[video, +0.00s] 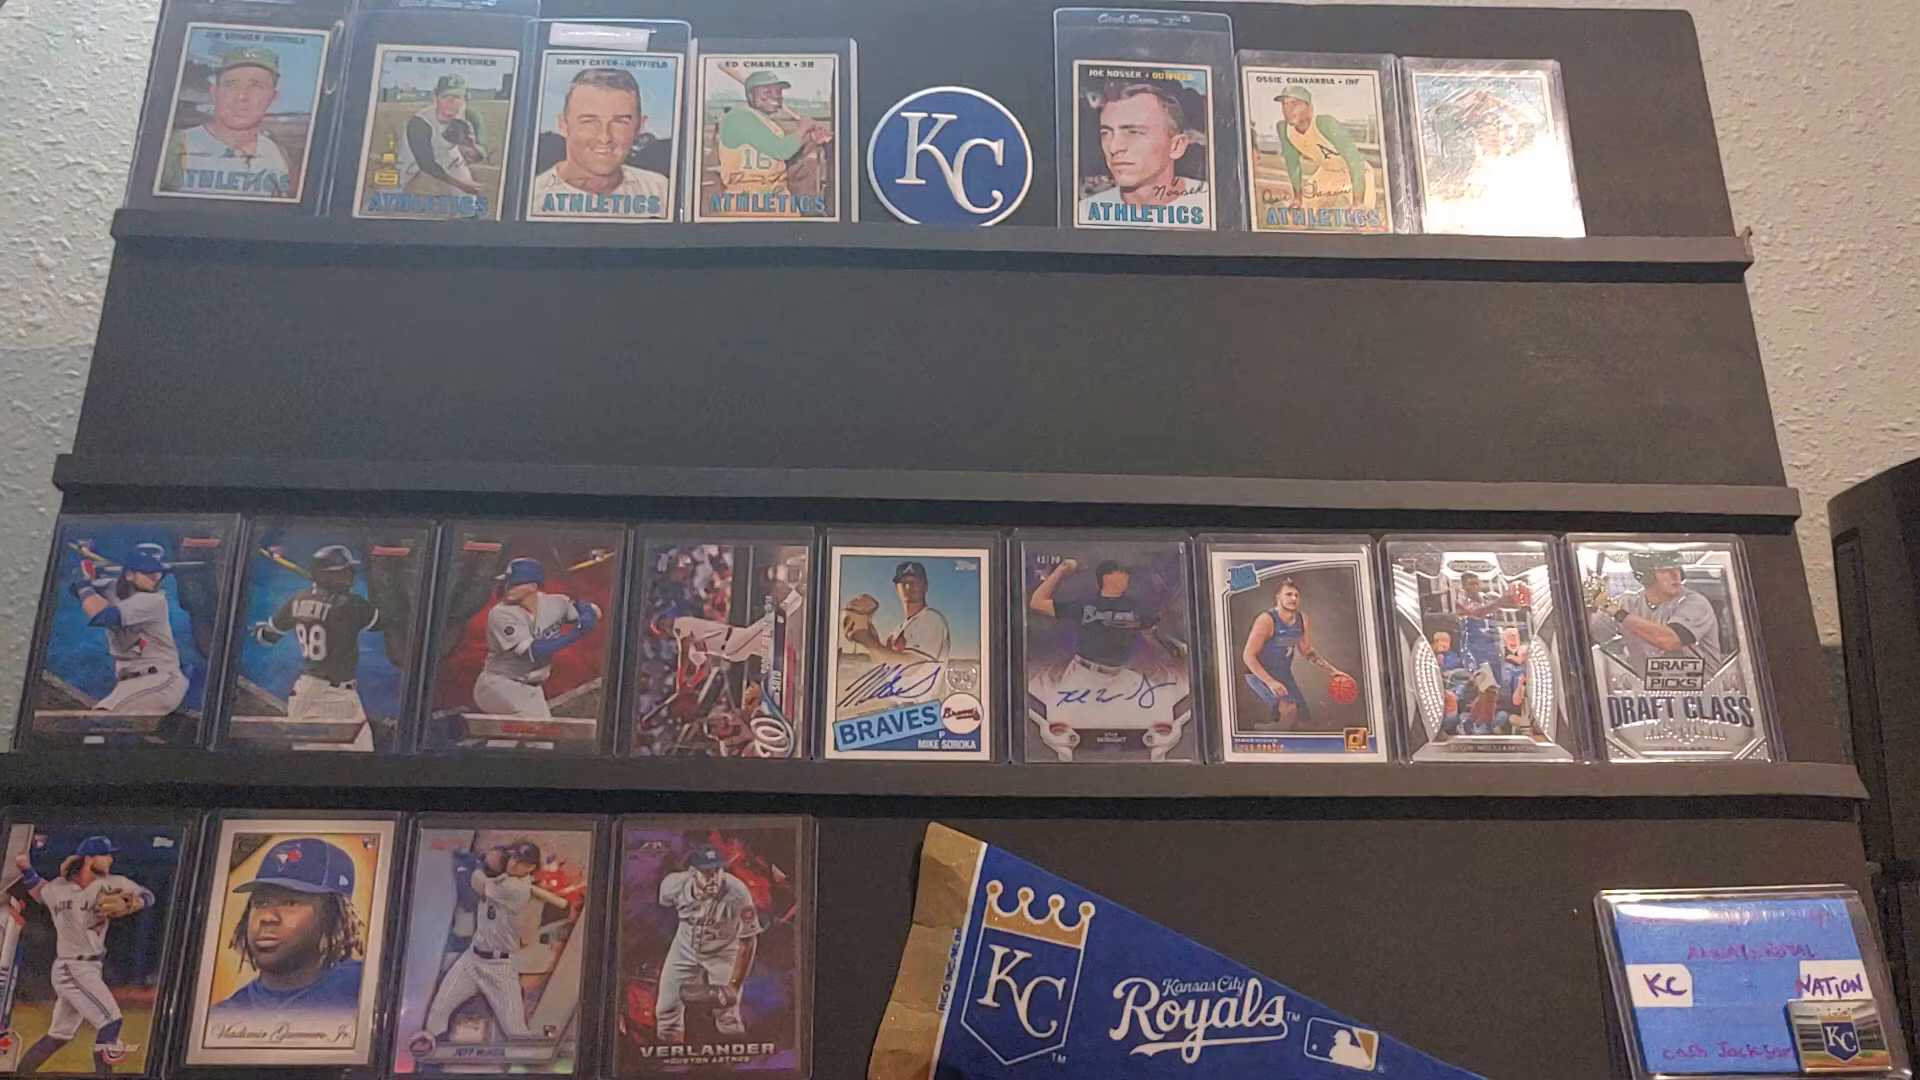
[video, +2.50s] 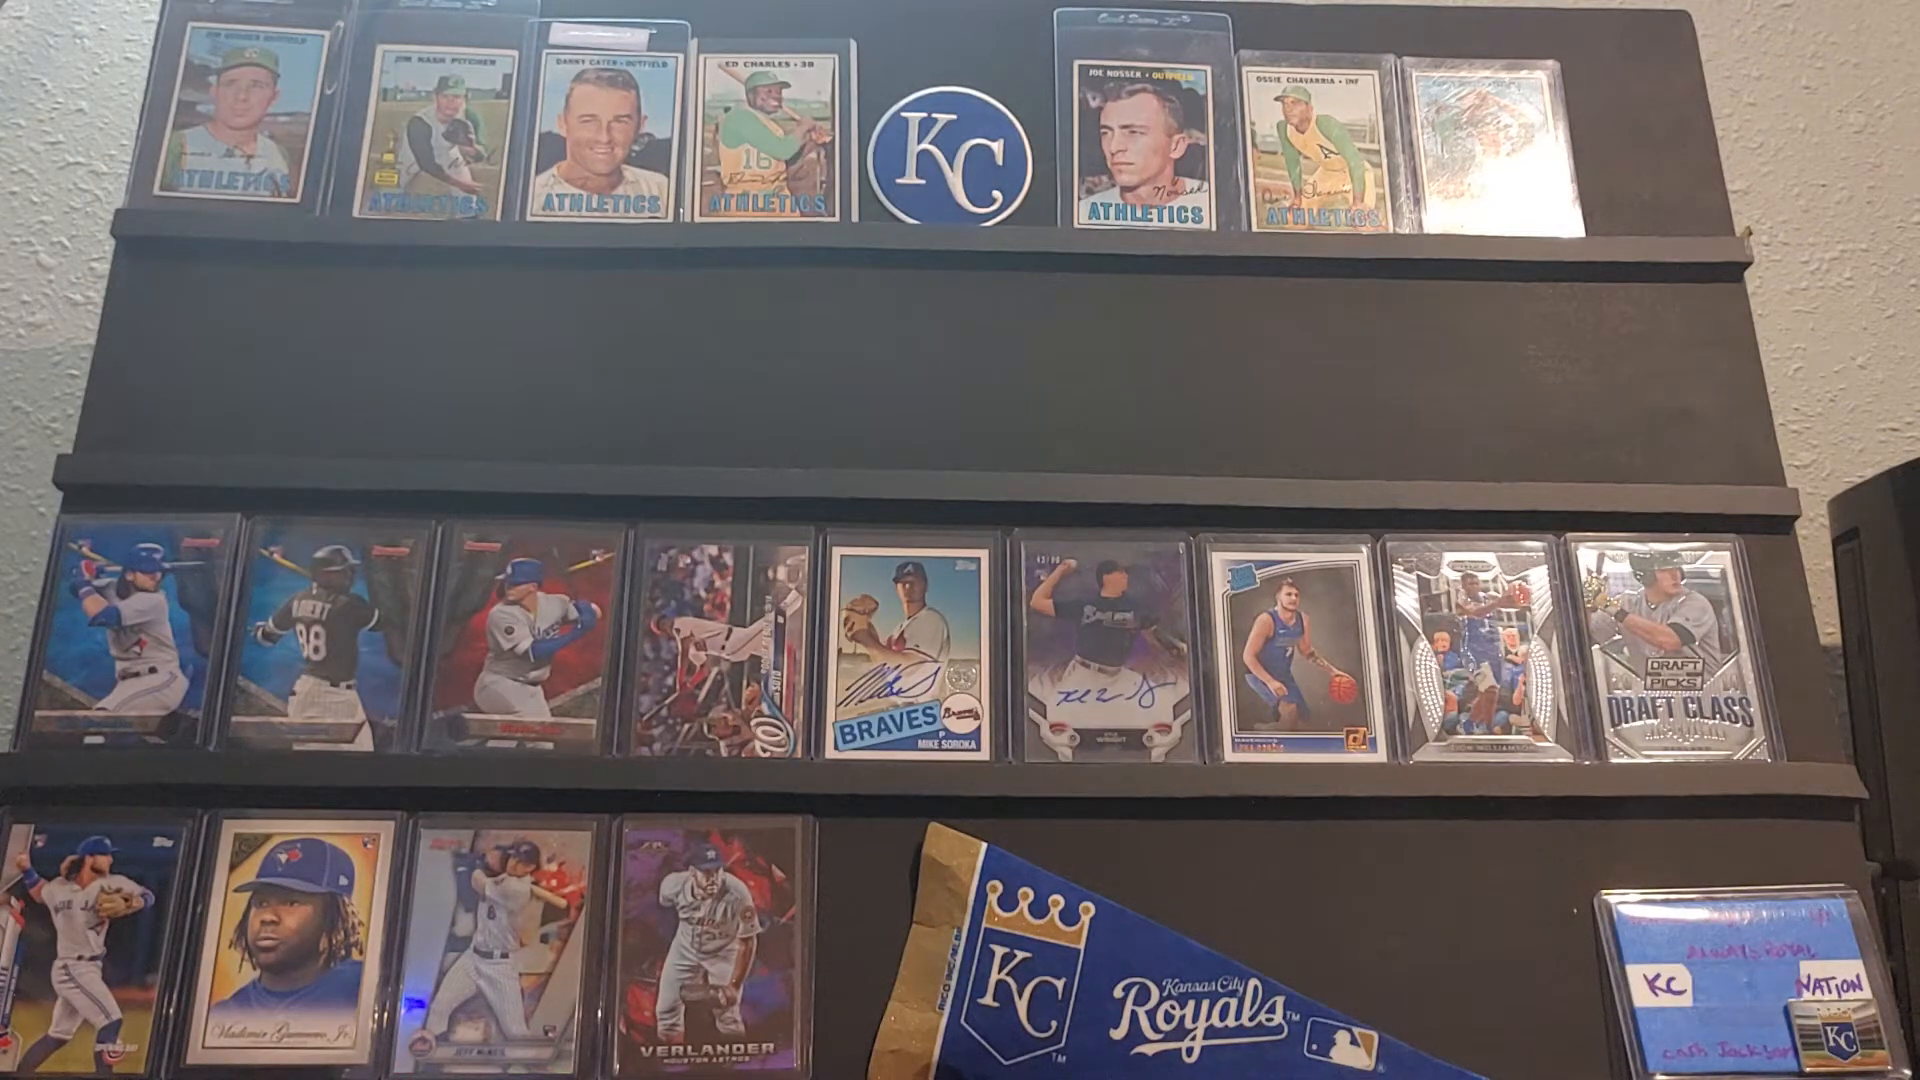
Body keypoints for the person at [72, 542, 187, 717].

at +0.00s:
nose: (156, 577)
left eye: (158, 572)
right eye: (149, 571)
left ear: (162, 573)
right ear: (130, 573)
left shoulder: (153, 601)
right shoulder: (115, 588)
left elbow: (104, 617)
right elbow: (78, 589)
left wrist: (83, 585)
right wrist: (87, 574)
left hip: (161, 680)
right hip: (130, 681)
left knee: (99, 718)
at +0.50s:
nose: (156, 577)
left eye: (158, 572)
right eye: (148, 571)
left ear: (162, 573)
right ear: (130, 574)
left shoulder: (154, 600)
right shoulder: (115, 588)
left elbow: (105, 617)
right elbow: (78, 589)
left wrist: (83, 586)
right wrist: (87, 575)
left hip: (162, 679)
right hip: (130, 681)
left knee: (100, 717)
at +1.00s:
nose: (155, 577)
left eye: (158, 572)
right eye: (148, 571)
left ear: (162, 573)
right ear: (130, 573)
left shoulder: (154, 600)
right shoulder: (114, 587)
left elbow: (105, 617)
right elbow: (78, 589)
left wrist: (83, 586)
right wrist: (88, 573)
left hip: (162, 679)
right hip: (129, 681)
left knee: (99, 718)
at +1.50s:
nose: (156, 577)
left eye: (158, 572)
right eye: (148, 572)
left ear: (162, 572)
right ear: (130, 574)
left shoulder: (154, 600)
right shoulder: (113, 588)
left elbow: (103, 616)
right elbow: (79, 588)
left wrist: (82, 584)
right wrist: (87, 573)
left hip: (162, 679)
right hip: (129, 682)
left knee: (100, 717)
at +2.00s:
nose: (156, 577)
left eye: (158, 572)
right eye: (148, 572)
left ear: (162, 572)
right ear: (130, 574)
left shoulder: (154, 600)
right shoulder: (113, 588)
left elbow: (104, 616)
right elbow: (79, 588)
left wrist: (82, 584)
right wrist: (87, 573)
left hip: (162, 679)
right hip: (129, 682)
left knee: (100, 717)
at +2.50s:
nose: (155, 577)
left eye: (158, 572)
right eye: (148, 571)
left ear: (162, 573)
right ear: (130, 574)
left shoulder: (154, 601)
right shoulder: (113, 588)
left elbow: (104, 616)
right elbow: (78, 589)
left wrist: (83, 585)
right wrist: (87, 573)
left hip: (162, 679)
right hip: (129, 682)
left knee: (100, 717)